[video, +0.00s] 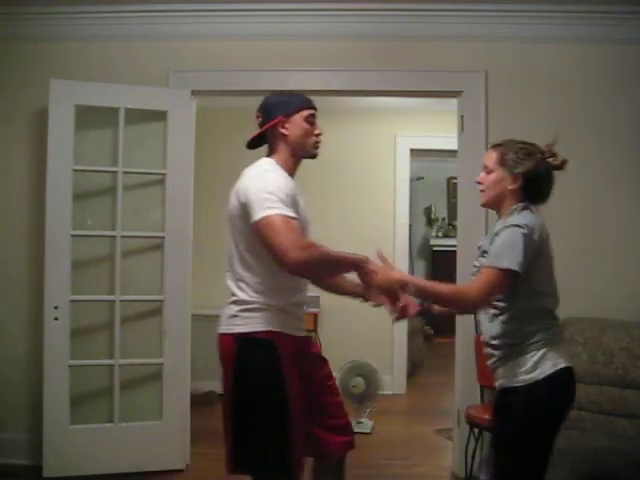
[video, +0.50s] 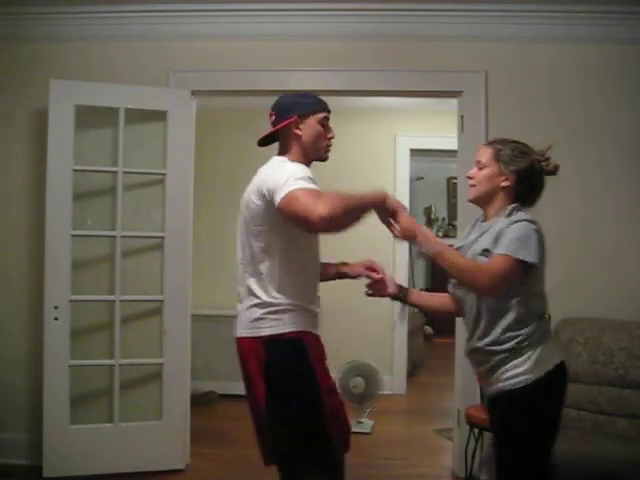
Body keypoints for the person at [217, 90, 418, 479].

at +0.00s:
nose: (318, 129)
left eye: (316, 121)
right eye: (309, 120)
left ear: (285, 130)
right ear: (281, 127)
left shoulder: (285, 188)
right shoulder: (262, 179)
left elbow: (314, 270)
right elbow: (295, 255)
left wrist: (373, 290)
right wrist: (360, 263)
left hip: (291, 336)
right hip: (259, 338)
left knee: (333, 444)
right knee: (276, 462)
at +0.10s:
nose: (328, 130)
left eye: (326, 122)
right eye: (320, 121)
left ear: (296, 130)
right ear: (292, 128)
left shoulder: (290, 183)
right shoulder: (276, 179)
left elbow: (317, 259)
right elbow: (310, 255)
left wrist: (374, 273)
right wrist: (374, 268)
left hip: (295, 334)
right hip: (277, 337)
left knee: (334, 446)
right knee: (290, 455)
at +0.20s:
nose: (336, 130)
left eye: (333, 122)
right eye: (327, 121)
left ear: (298, 130)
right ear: (299, 128)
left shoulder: (294, 181)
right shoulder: (286, 178)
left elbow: (328, 262)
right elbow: (318, 250)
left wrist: (390, 267)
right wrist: (389, 262)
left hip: (296, 333)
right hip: (289, 336)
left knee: (319, 449)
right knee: (319, 451)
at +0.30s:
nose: (338, 131)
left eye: (336, 122)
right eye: (329, 122)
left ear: (301, 131)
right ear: (302, 128)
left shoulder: (296, 181)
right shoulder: (288, 177)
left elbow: (326, 269)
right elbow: (321, 241)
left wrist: (381, 267)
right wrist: (392, 243)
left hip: (298, 333)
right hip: (293, 336)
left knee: (319, 457)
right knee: (327, 457)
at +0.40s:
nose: (336, 133)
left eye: (334, 124)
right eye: (328, 124)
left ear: (298, 132)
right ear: (300, 129)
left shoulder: (285, 179)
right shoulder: (287, 176)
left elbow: (305, 266)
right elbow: (319, 230)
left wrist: (363, 272)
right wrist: (389, 224)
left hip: (287, 334)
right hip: (293, 336)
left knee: (307, 458)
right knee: (325, 458)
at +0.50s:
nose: (331, 132)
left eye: (329, 124)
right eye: (323, 123)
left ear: (296, 131)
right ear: (296, 128)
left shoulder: (274, 177)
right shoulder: (283, 172)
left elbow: (284, 268)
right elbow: (321, 212)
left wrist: (344, 269)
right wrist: (378, 200)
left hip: (273, 331)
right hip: (281, 334)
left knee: (303, 452)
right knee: (318, 451)